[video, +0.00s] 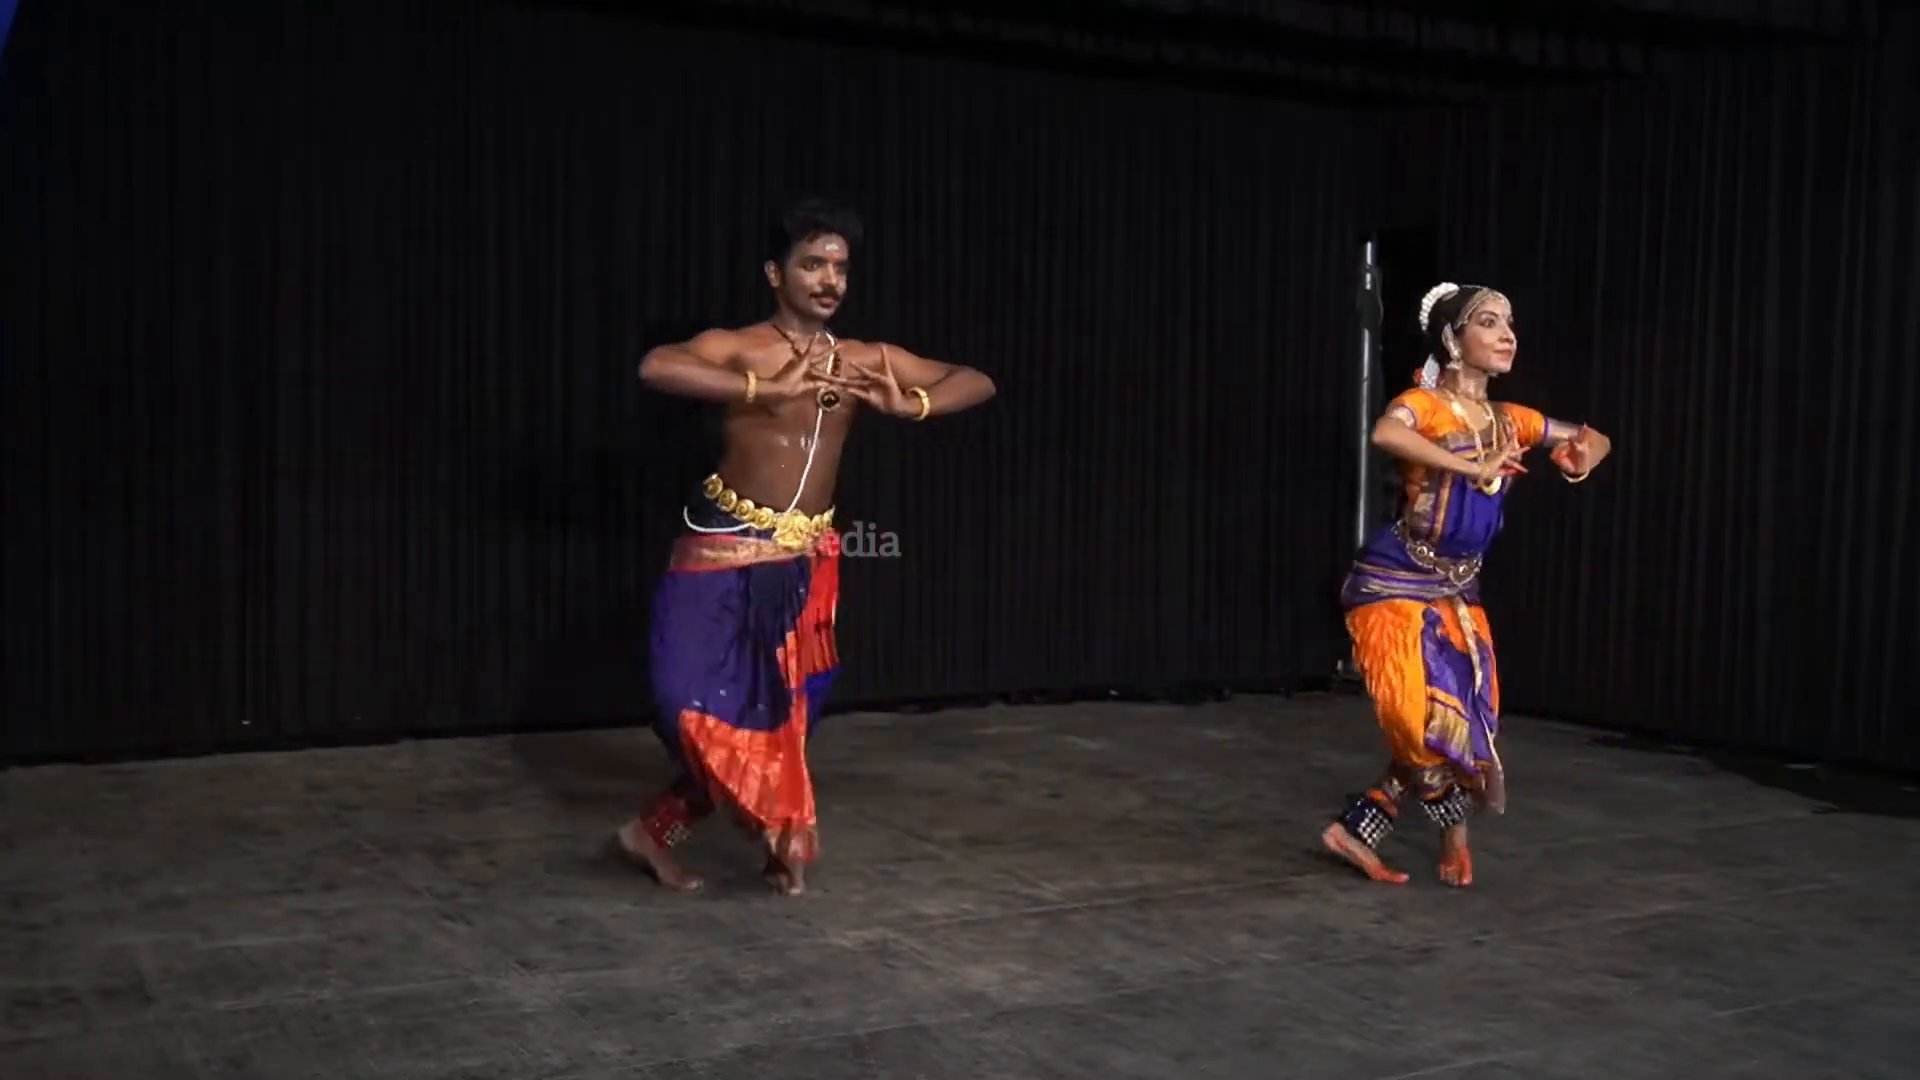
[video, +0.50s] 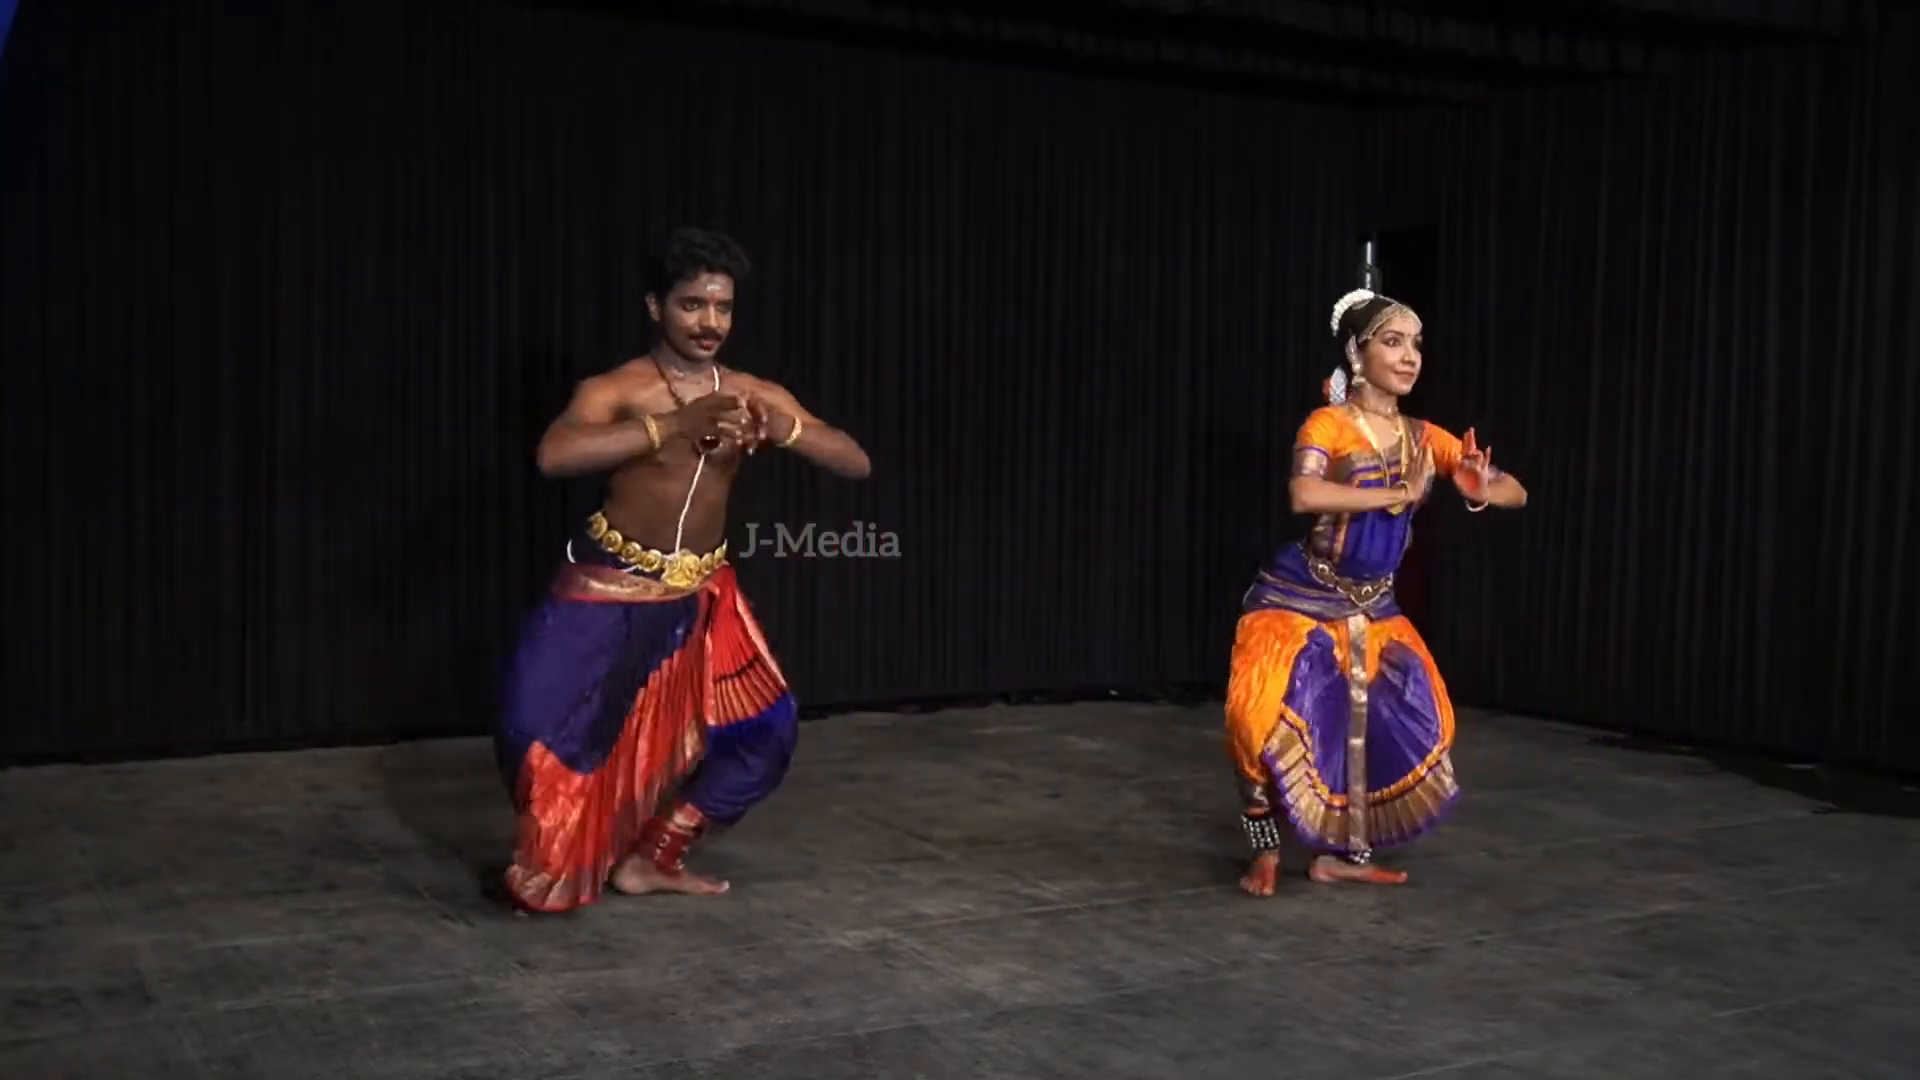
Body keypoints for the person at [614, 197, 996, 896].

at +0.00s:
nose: (831, 281)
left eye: (841, 268)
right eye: (815, 266)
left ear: (849, 277)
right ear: (776, 273)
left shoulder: (864, 359)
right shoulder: (740, 345)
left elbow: (979, 384)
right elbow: (656, 367)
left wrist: (915, 405)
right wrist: (759, 389)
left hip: (804, 557)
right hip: (721, 549)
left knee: (781, 709)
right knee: (682, 695)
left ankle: (654, 830)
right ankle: (778, 828)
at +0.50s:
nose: (710, 322)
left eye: (723, 307)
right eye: (694, 305)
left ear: (734, 314)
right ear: (657, 309)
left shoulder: (753, 394)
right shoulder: (617, 390)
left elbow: (858, 464)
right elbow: (554, 455)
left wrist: (786, 431)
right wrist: (671, 424)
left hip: (703, 595)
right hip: (610, 588)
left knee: (767, 732)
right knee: (534, 720)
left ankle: (651, 859)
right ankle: (550, 855)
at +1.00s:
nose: (734, 280)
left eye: (743, 262)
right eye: (714, 263)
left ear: (752, 262)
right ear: (671, 269)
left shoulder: (721, 330)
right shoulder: (680, 336)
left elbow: (722, 374)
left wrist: (759, 371)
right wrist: (837, 324)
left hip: (711, 550)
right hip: (649, 552)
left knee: (753, 704)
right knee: (668, 735)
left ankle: (702, 867)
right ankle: (626, 875)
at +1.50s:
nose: (802, 267)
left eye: (811, 250)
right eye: (781, 253)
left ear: (820, 254)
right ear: (740, 263)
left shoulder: (848, 337)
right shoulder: (698, 337)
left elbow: (967, 361)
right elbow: (590, 406)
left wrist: (869, 384)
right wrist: (695, 379)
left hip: (817, 555)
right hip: (730, 557)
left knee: (823, 719)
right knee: (755, 724)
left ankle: (776, 897)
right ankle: (761, 915)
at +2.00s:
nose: (794, 263)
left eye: (812, 253)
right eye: (797, 249)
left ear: (862, 270)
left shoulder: (911, 358)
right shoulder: (776, 336)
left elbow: (968, 427)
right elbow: (670, 355)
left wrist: (866, 408)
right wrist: (703, 359)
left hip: (865, 570)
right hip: (772, 560)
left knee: (913, 732)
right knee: (735, 707)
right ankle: (718, 864)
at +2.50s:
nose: (1163, 399)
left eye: (1166, 383)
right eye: (1146, 383)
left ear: (1141, 391)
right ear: (1092, 387)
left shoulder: (1126, 462)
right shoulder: (1072, 467)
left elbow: (1218, 506)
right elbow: (1230, 503)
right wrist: (1375, 512)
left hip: (1108, 679)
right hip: (1022, 687)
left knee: (1257, 752)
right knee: (866, 825)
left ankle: (1194, 934)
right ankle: (698, 852)